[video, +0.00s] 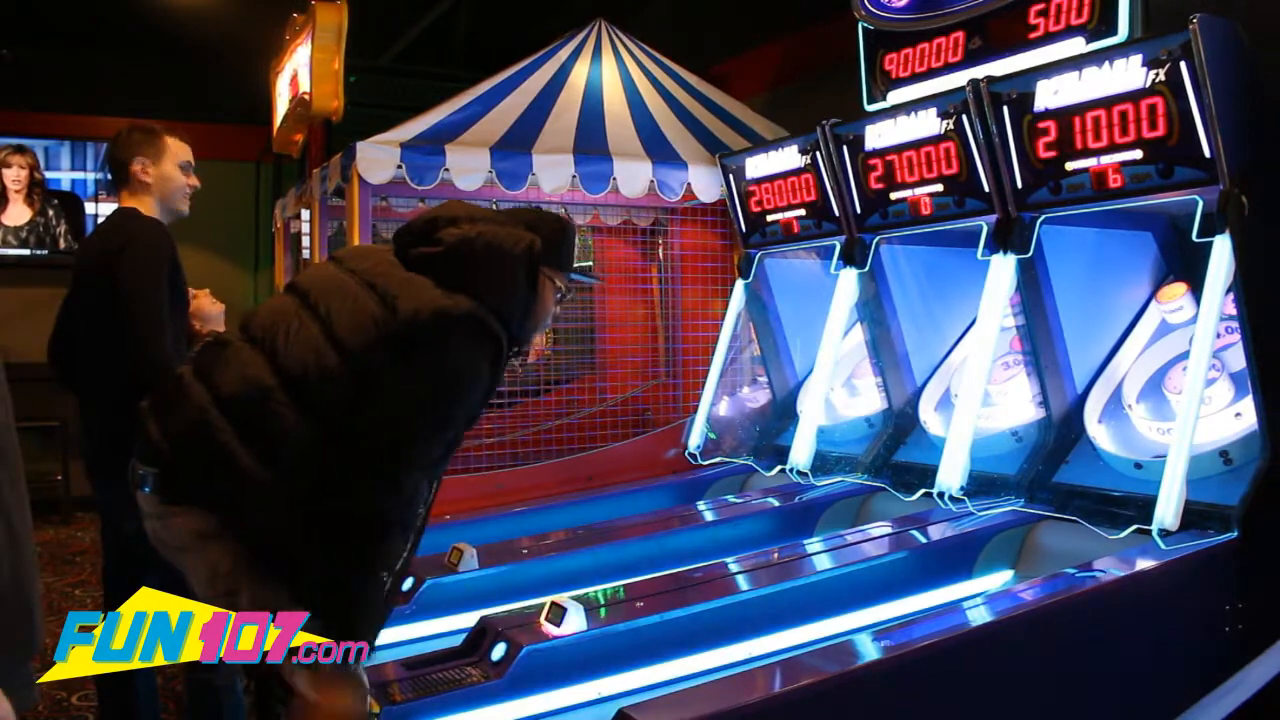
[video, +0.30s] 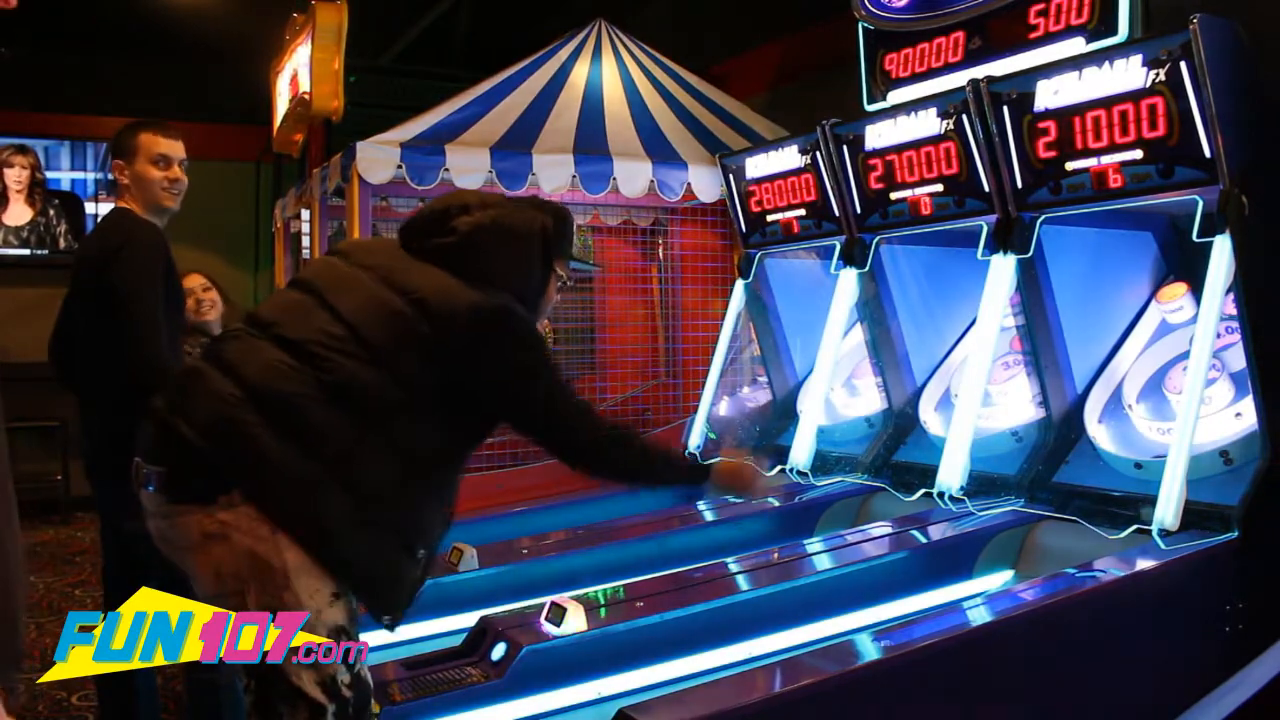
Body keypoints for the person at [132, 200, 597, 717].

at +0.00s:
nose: (557, 311)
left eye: (562, 294)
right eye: (556, 290)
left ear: (489, 260)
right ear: (519, 273)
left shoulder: (376, 263)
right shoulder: (464, 330)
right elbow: (388, 486)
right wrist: (341, 641)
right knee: (334, 698)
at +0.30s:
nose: (554, 291)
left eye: (558, 276)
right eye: (551, 273)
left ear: (456, 239)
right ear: (515, 265)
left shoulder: (358, 260)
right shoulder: (492, 329)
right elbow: (587, 440)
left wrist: (411, 542)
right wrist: (705, 472)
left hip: (180, 480)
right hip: (267, 516)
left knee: (226, 689)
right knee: (325, 696)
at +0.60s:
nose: (564, 284)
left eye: (567, 269)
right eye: (559, 266)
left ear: (475, 241)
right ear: (518, 257)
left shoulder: (369, 261)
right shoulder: (483, 321)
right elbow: (528, 487)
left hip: (186, 477)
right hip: (255, 505)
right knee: (336, 691)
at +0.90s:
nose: (576, 299)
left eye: (581, 283)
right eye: (572, 279)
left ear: (503, 258)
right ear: (528, 266)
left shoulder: (383, 264)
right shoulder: (478, 339)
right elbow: (487, 521)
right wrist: (549, 679)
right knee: (326, 695)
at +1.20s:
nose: (573, 308)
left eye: (579, 291)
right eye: (572, 289)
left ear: (498, 255)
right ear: (538, 280)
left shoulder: (384, 261)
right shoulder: (478, 347)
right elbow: (495, 532)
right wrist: (560, 683)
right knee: (326, 693)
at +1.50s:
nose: (564, 292)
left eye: (568, 276)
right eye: (559, 272)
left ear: (496, 252)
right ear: (518, 260)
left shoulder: (373, 261)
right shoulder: (467, 332)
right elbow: (425, 503)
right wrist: (479, 656)